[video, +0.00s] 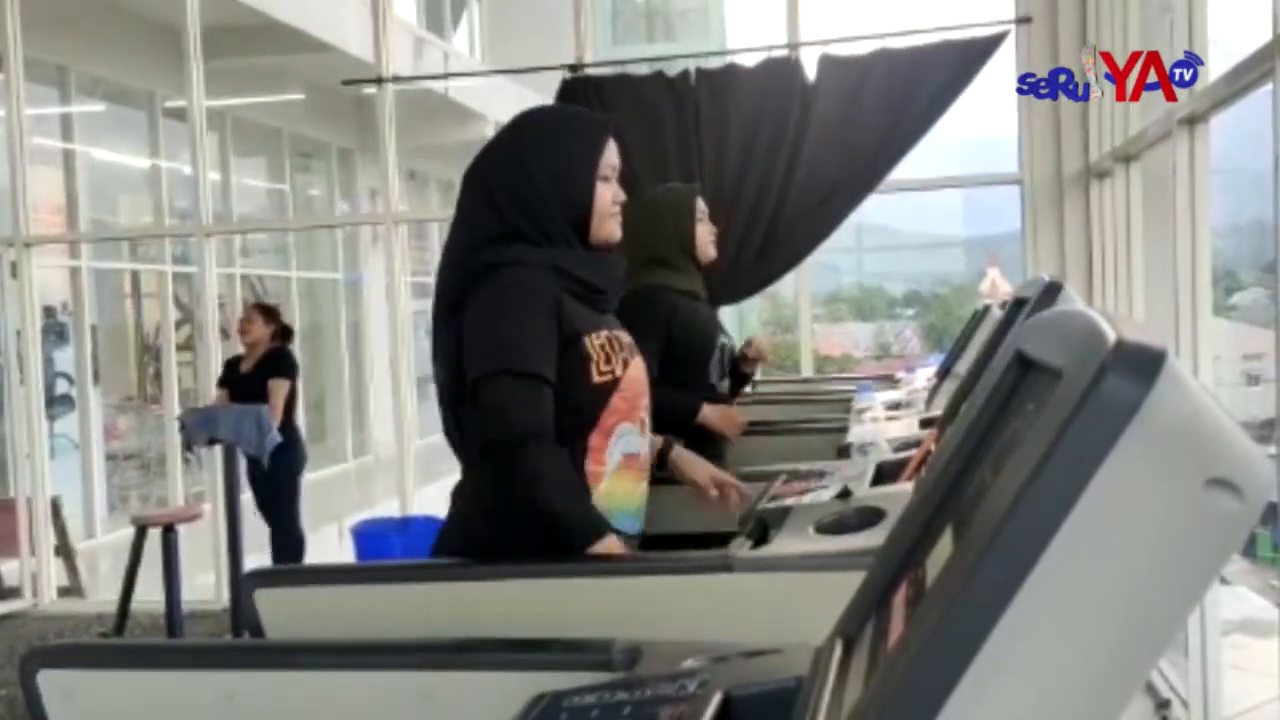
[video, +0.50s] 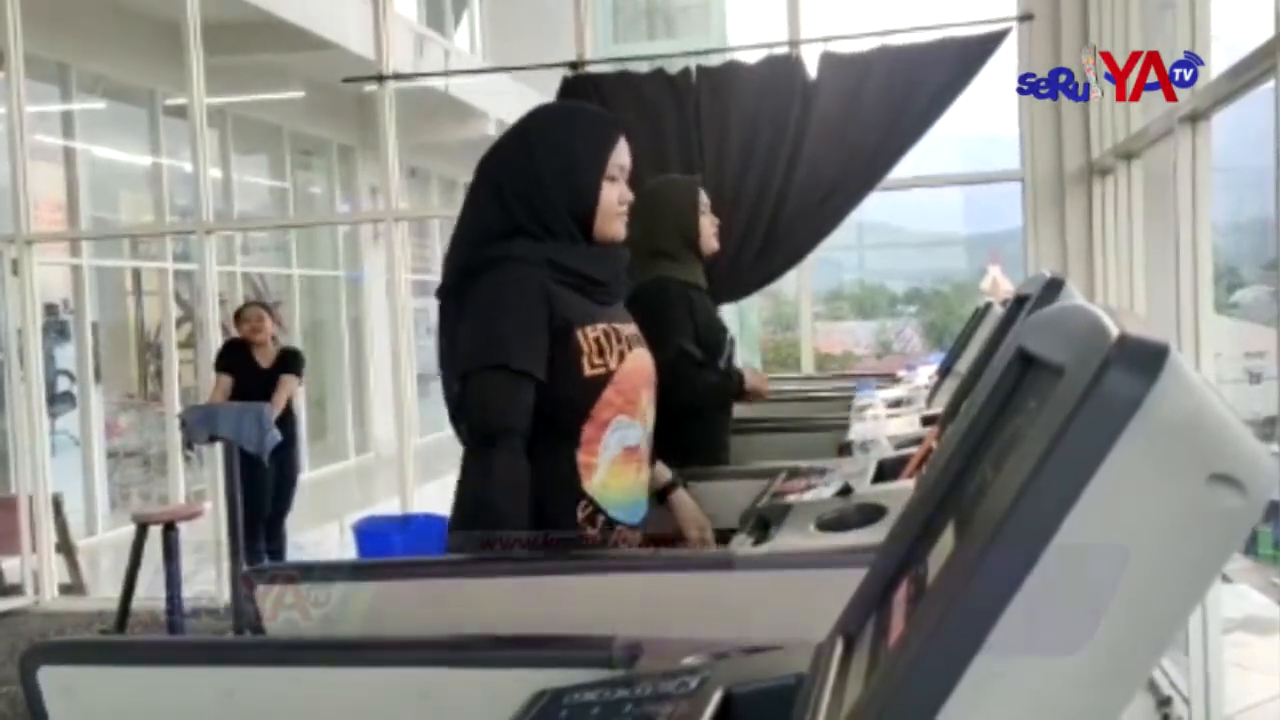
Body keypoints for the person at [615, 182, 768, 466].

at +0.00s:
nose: (713, 230)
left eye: (709, 220)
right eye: (702, 220)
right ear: (675, 229)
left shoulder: (692, 296)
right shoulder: (652, 299)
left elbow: (710, 400)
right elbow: (636, 393)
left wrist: (742, 369)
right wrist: (703, 412)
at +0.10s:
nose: (714, 231)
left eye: (709, 221)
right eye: (702, 222)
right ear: (676, 232)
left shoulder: (693, 302)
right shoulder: (651, 305)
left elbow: (712, 402)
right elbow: (631, 402)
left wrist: (743, 370)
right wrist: (701, 419)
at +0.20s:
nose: (714, 226)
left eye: (709, 216)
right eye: (703, 217)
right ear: (678, 228)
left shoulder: (694, 297)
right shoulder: (656, 302)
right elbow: (641, 397)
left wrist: (742, 381)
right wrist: (711, 415)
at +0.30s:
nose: (714, 220)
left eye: (709, 211)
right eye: (703, 211)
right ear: (677, 220)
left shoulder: (689, 287)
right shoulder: (658, 292)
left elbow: (690, 375)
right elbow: (656, 385)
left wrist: (738, 385)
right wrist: (729, 400)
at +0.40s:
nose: (714, 219)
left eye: (709, 209)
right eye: (703, 209)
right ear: (677, 218)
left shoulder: (685, 283)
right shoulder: (661, 288)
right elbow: (670, 378)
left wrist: (734, 386)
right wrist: (736, 388)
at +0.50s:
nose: (716, 222)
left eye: (711, 212)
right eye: (706, 212)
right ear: (681, 220)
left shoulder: (683, 284)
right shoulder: (666, 289)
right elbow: (681, 377)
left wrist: (735, 380)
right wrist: (737, 382)